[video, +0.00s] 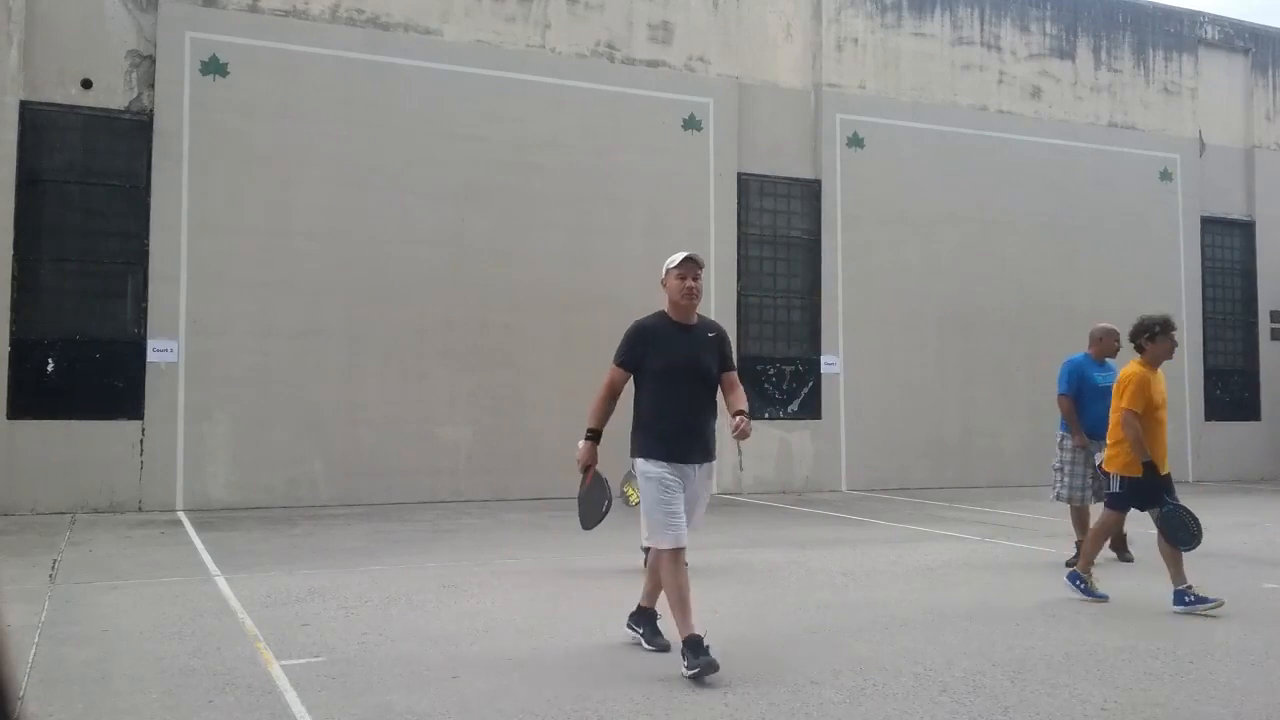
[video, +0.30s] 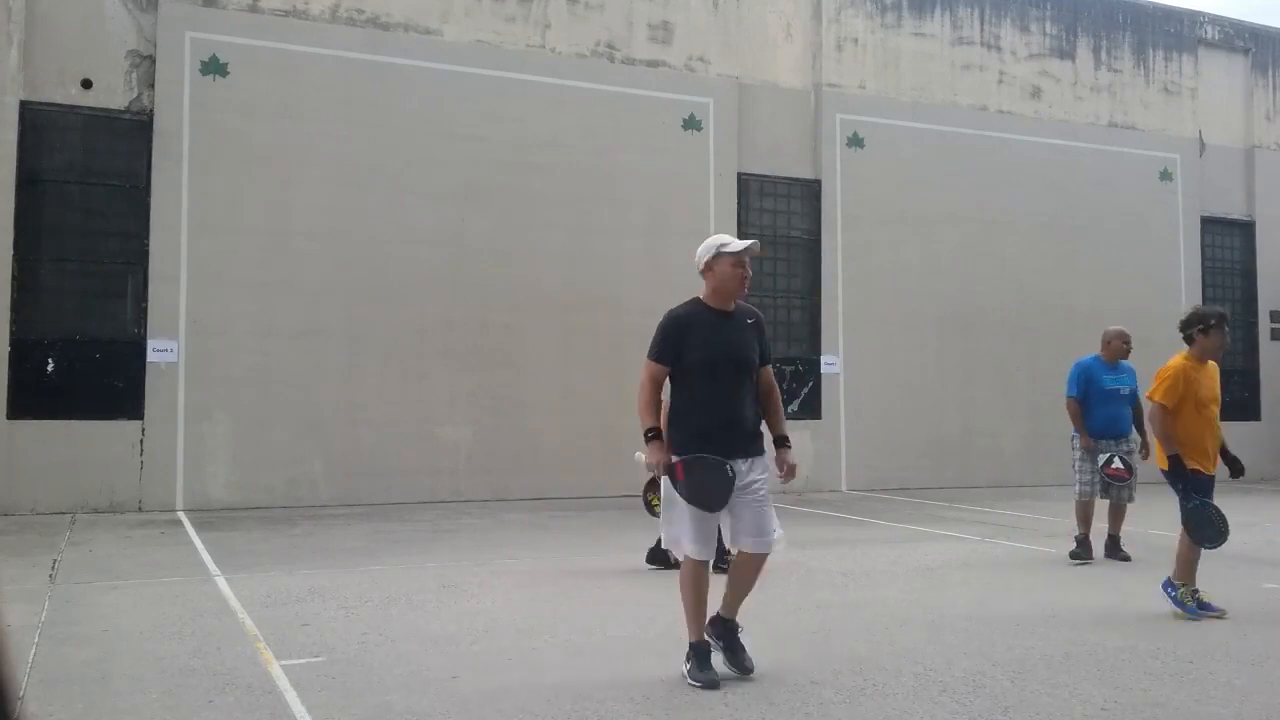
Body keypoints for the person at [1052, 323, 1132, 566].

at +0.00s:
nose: (1119, 345)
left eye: (1119, 341)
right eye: (1115, 341)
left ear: (1103, 342)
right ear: (1099, 341)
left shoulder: (1112, 369)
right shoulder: (1073, 366)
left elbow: (1117, 404)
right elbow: (1064, 400)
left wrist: (1120, 434)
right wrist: (1077, 433)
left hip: (1107, 441)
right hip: (1077, 441)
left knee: (1116, 492)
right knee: (1077, 497)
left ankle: (1118, 539)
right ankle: (1083, 547)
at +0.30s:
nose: (1130, 347)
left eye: (1130, 343)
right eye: (1125, 343)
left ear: (1123, 347)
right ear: (1108, 344)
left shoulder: (1128, 371)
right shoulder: (1083, 368)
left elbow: (1136, 405)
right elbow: (1071, 403)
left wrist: (1144, 437)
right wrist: (1083, 434)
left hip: (1123, 443)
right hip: (1090, 442)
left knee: (1121, 494)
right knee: (1085, 492)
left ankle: (1113, 543)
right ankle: (1083, 543)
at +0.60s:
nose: (1120, 344)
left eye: (1122, 340)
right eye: (1114, 340)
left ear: (1125, 343)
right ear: (1101, 343)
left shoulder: (1135, 370)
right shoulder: (1082, 369)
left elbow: (1154, 402)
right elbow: (1070, 402)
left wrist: (1167, 430)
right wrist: (1069, 433)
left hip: (1127, 441)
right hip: (1093, 441)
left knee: (1124, 493)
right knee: (1093, 492)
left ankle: (1114, 542)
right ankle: (1103, 531)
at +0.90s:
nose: (1113, 347)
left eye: (1115, 343)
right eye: (1107, 343)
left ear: (1119, 345)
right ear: (1096, 347)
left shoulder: (1132, 370)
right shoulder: (1085, 373)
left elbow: (1143, 404)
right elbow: (1076, 405)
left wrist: (1132, 432)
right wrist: (1071, 435)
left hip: (1127, 440)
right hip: (1100, 441)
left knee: (1124, 489)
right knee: (1107, 491)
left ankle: (1116, 537)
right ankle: (1119, 536)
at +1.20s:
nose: (1116, 346)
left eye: (1119, 341)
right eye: (1110, 343)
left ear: (1124, 344)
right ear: (1100, 346)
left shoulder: (1137, 367)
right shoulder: (1096, 372)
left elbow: (1148, 401)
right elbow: (1091, 404)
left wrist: (1129, 431)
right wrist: (1086, 434)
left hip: (1137, 437)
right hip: (1109, 439)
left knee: (1142, 488)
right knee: (1112, 488)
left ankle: (1154, 538)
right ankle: (1119, 537)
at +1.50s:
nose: (1136, 348)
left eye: (1140, 344)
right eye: (1130, 344)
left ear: (1146, 346)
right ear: (1123, 348)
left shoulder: (1160, 370)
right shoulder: (1117, 373)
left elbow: (1179, 402)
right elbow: (1113, 402)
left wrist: (1160, 430)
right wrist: (1107, 430)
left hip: (1157, 442)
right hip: (1128, 443)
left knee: (1170, 492)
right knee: (1122, 488)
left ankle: (1190, 542)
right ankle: (1120, 537)